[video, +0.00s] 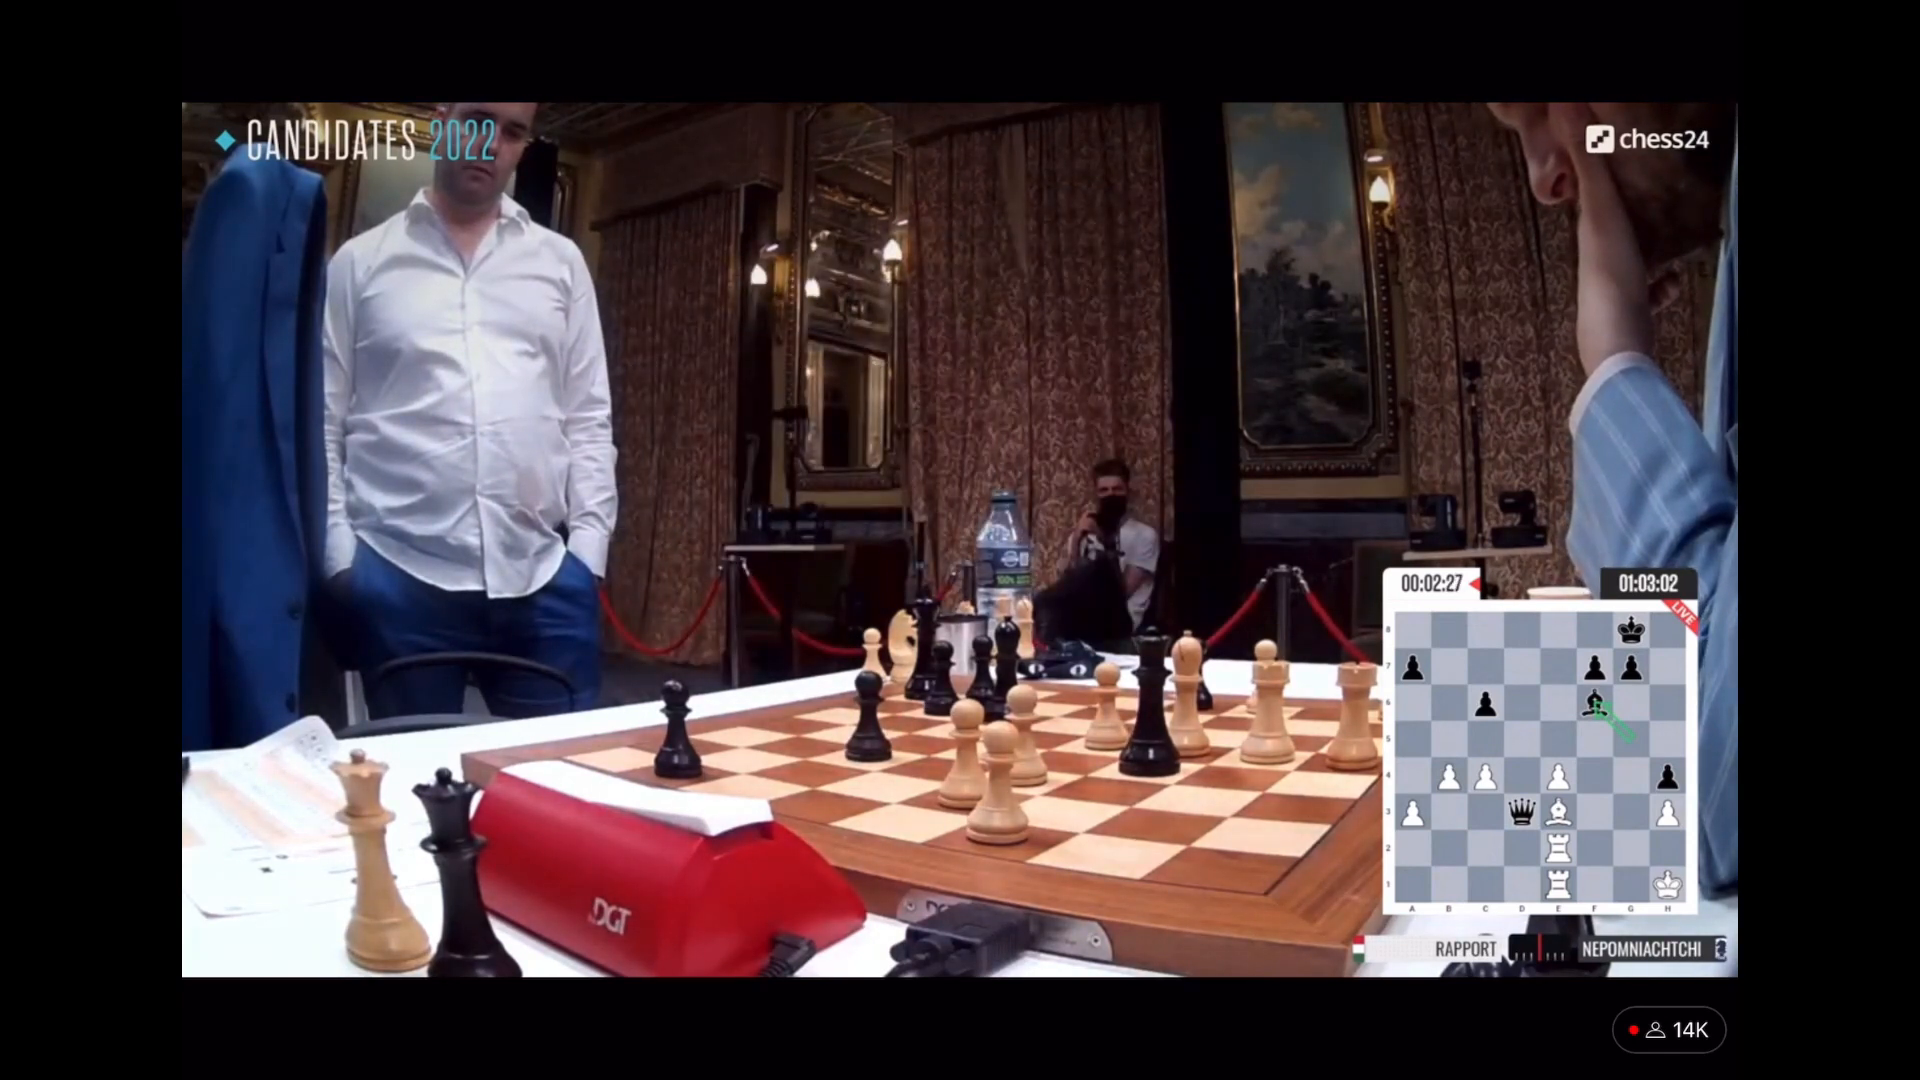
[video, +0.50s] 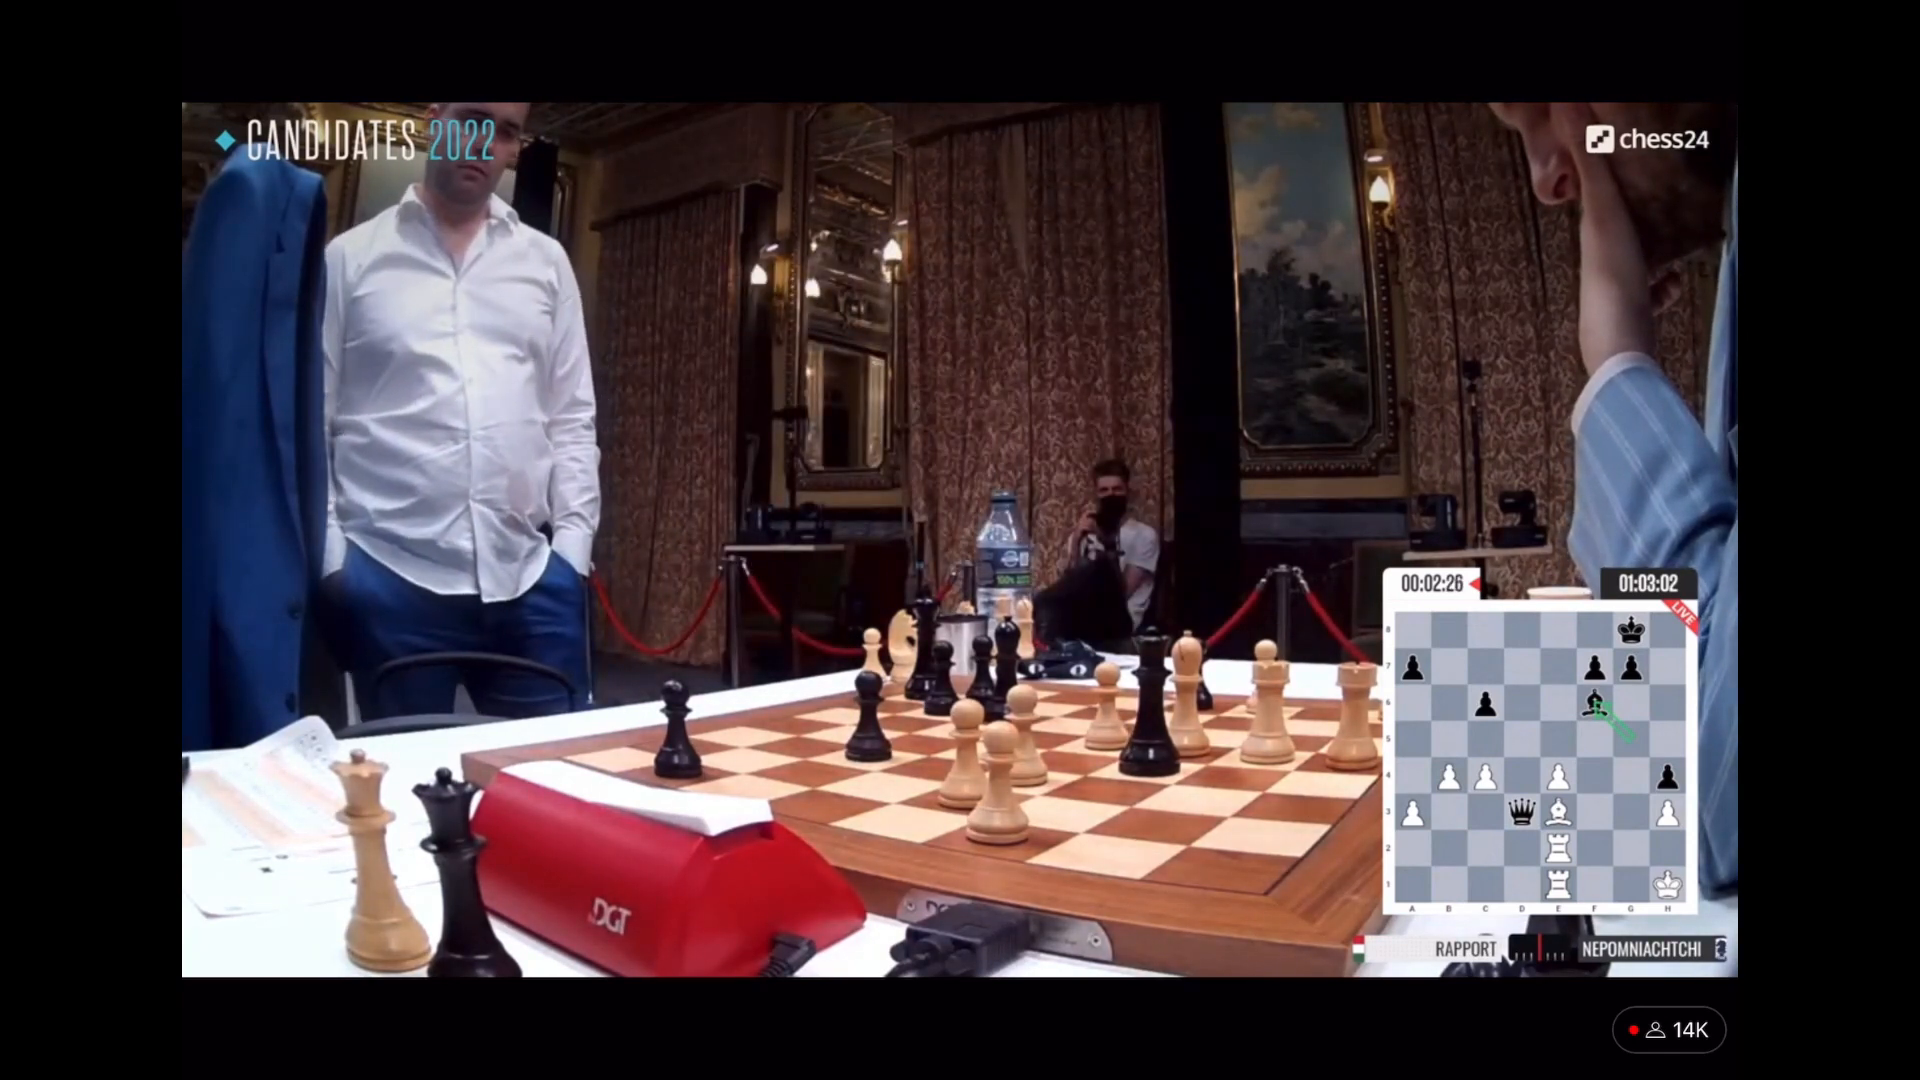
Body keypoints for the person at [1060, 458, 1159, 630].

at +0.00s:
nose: (1110, 495)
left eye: (1117, 489)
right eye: (1103, 490)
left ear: (1127, 491)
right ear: (1096, 493)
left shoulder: (1145, 536)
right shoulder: (1083, 536)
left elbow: (1126, 590)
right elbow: (1071, 582)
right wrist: (1076, 538)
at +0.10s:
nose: (1110, 495)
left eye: (1117, 489)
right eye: (1103, 490)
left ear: (1127, 491)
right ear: (1095, 493)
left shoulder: (1145, 536)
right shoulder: (1082, 536)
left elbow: (1126, 590)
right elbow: (1071, 583)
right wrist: (1076, 539)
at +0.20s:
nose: (1110, 495)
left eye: (1117, 489)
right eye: (1103, 490)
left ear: (1127, 491)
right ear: (1095, 493)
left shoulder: (1145, 536)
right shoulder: (1083, 536)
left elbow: (1125, 591)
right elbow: (1072, 584)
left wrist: (1103, 540)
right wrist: (1076, 540)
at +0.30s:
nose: (1110, 495)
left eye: (1117, 489)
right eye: (1103, 490)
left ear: (1127, 491)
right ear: (1095, 493)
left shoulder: (1145, 536)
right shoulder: (1082, 537)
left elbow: (1125, 590)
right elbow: (1071, 584)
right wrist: (1076, 539)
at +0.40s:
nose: (1110, 495)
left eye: (1117, 489)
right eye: (1103, 490)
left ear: (1127, 491)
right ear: (1095, 493)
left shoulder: (1145, 536)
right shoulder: (1082, 537)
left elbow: (1125, 591)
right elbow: (1071, 584)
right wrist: (1076, 539)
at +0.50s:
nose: (1110, 495)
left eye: (1117, 489)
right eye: (1103, 490)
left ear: (1127, 491)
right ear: (1095, 493)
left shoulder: (1145, 536)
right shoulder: (1082, 537)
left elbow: (1125, 590)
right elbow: (1071, 584)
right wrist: (1076, 539)